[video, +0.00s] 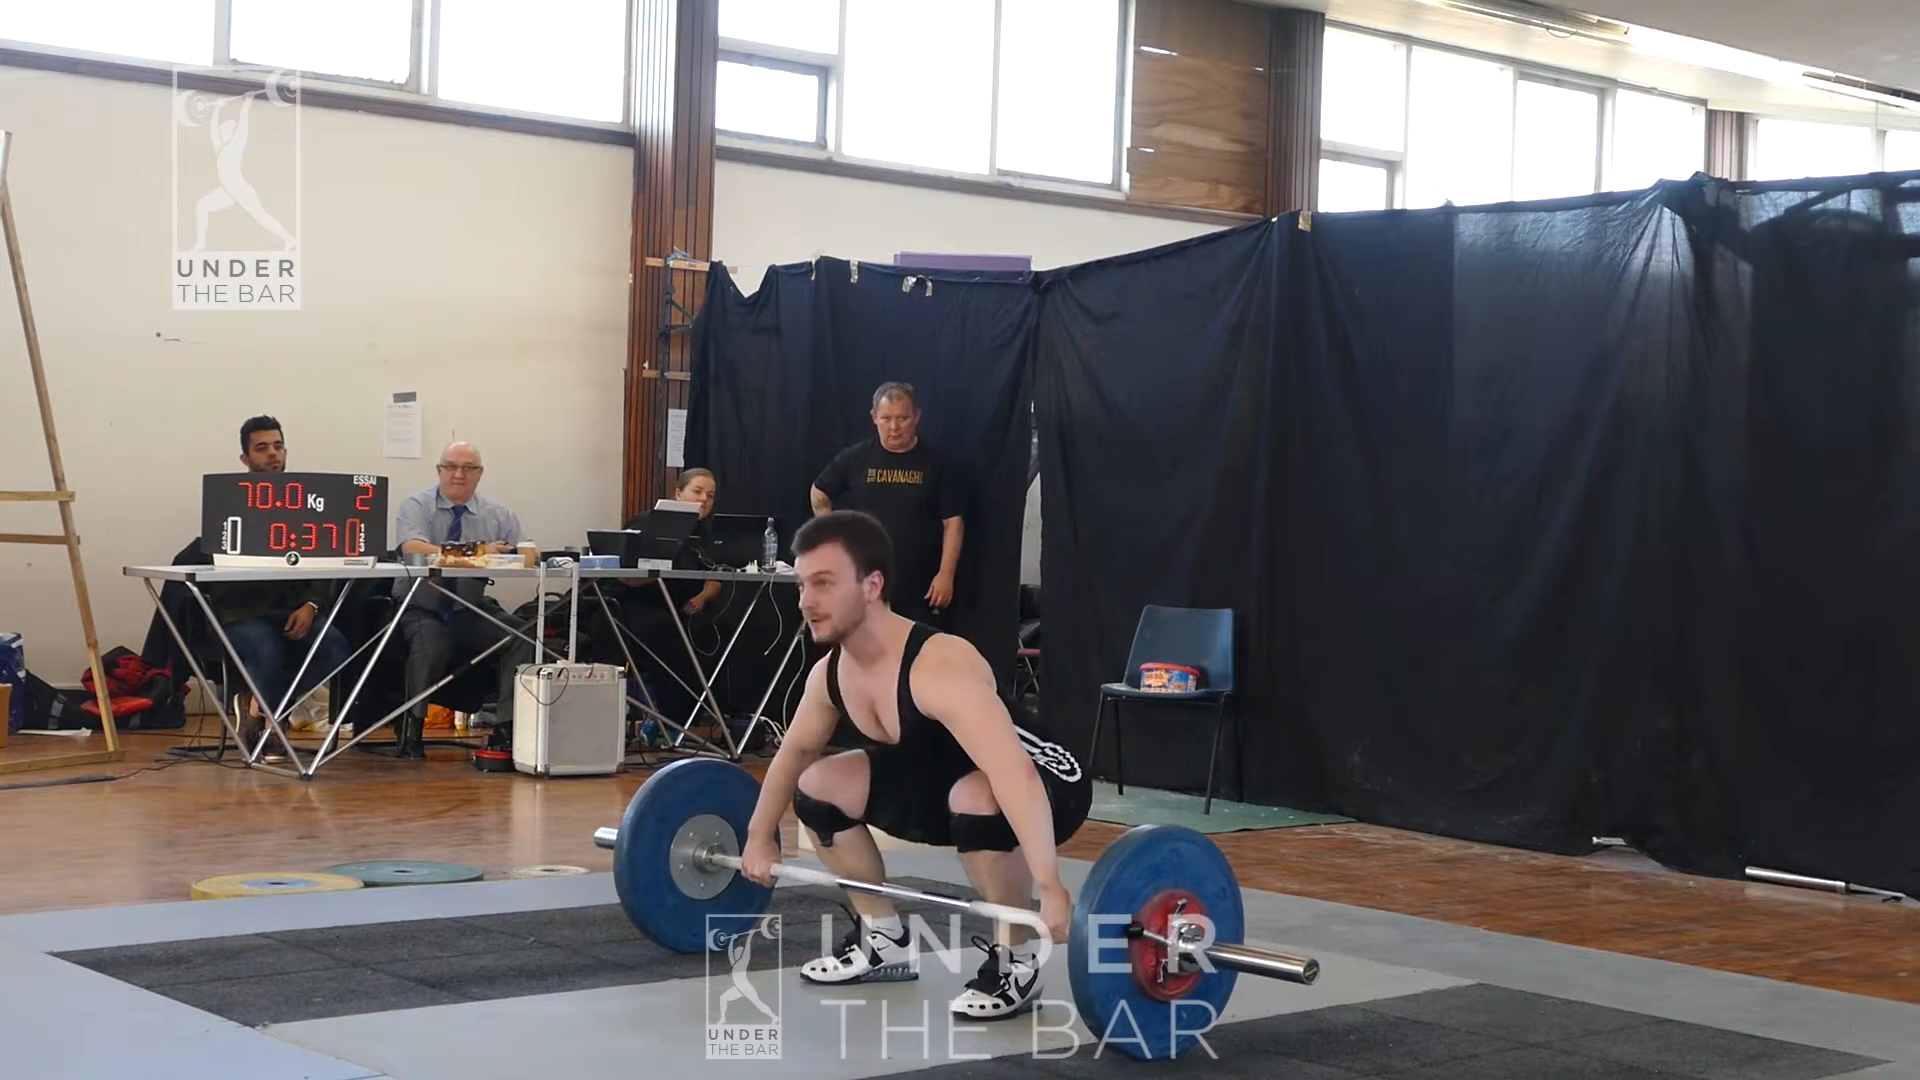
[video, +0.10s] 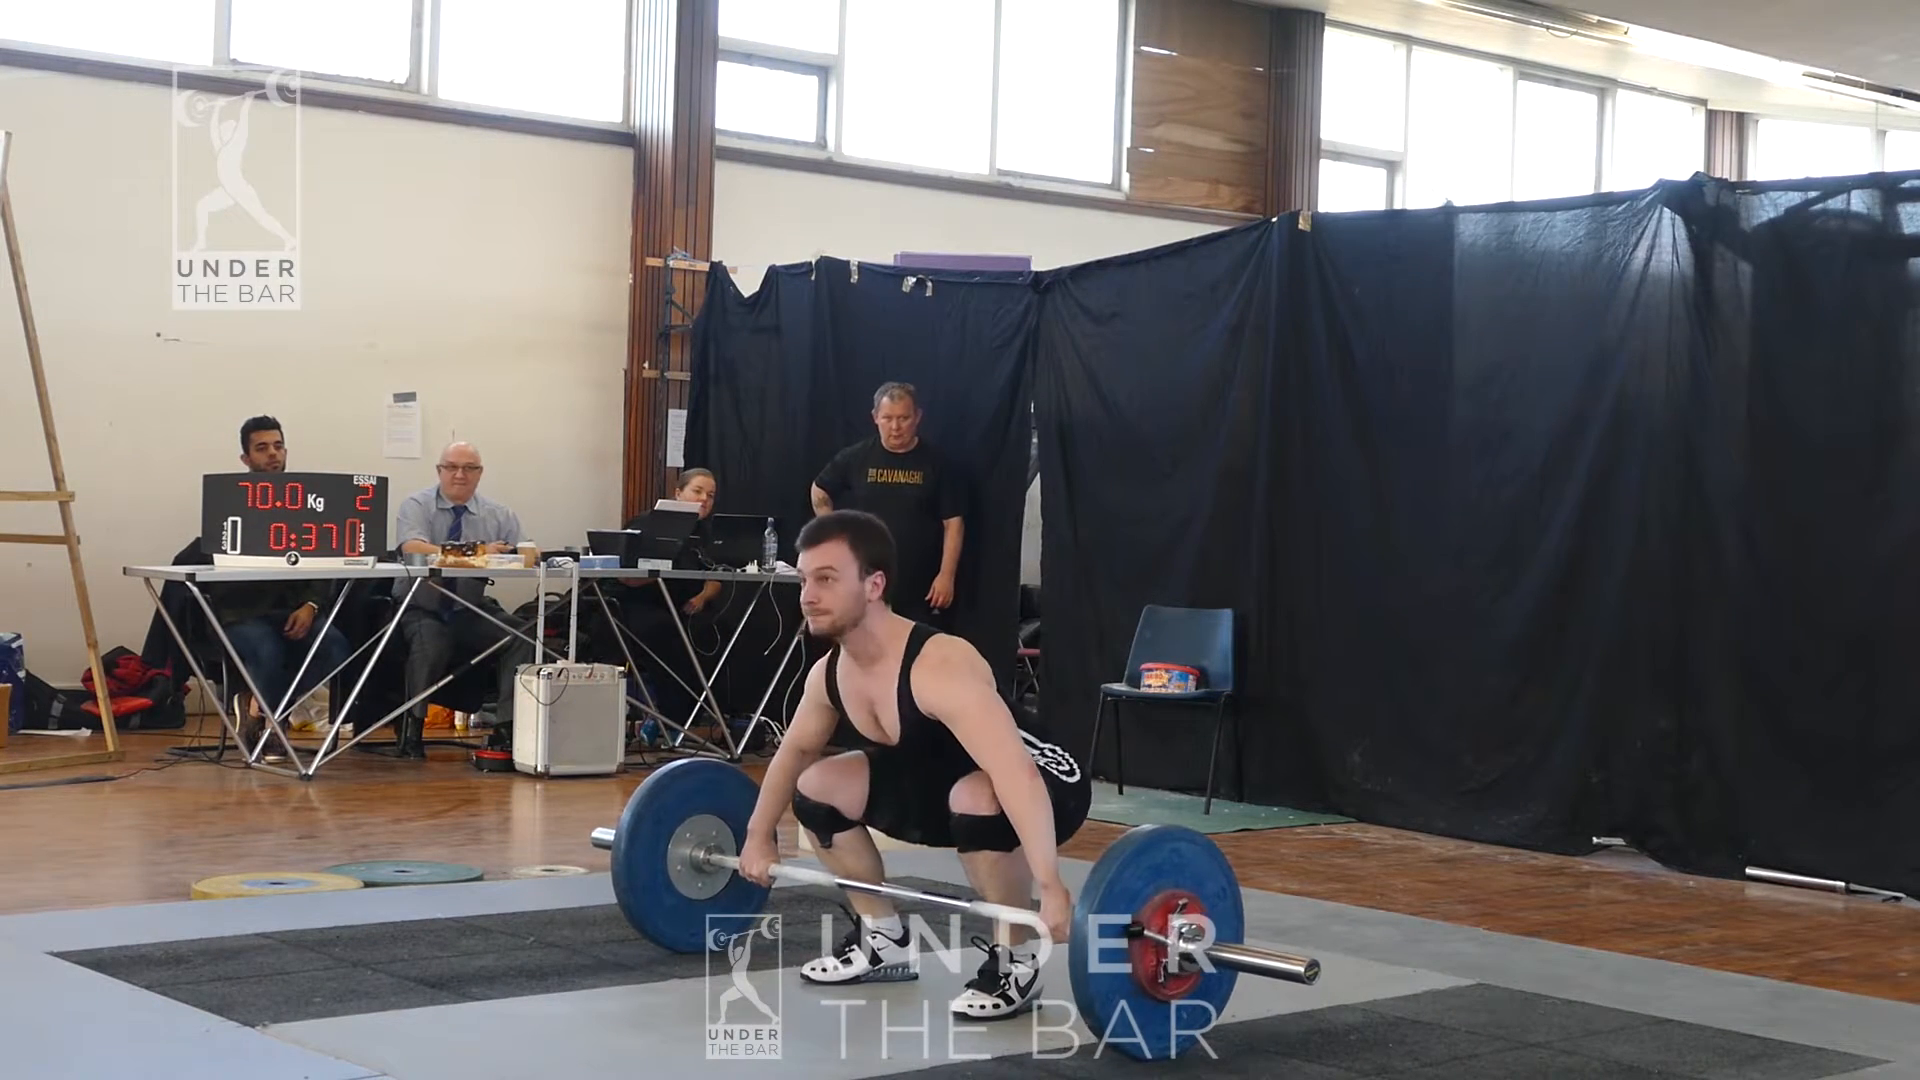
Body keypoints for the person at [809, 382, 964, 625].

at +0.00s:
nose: (894, 427)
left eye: (902, 418)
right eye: (886, 418)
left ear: (916, 417)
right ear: (874, 418)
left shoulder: (936, 463)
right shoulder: (855, 458)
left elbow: (954, 522)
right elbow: (819, 493)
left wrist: (946, 575)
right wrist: (836, 545)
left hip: (918, 582)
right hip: (862, 581)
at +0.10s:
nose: (895, 427)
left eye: (903, 418)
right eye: (888, 418)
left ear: (917, 417)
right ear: (875, 417)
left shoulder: (937, 463)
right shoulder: (855, 457)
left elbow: (954, 524)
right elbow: (819, 492)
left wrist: (946, 576)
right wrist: (837, 543)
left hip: (918, 581)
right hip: (862, 580)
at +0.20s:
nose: (896, 426)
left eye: (904, 418)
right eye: (888, 418)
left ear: (918, 417)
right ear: (876, 417)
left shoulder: (938, 463)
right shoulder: (858, 456)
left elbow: (954, 524)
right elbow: (817, 488)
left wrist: (947, 577)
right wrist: (834, 538)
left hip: (918, 581)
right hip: (862, 578)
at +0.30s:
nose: (897, 426)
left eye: (905, 418)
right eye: (889, 418)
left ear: (919, 417)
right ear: (877, 417)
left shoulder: (939, 464)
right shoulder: (859, 456)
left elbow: (955, 524)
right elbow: (816, 485)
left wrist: (948, 577)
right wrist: (831, 534)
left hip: (917, 581)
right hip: (862, 578)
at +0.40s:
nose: (898, 426)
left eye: (907, 418)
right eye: (890, 417)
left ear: (920, 417)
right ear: (878, 416)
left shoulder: (939, 464)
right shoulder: (860, 455)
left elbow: (955, 524)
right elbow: (817, 483)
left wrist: (948, 577)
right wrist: (828, 538)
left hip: (919, 581)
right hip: (862, 579)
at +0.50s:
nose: (899, 425)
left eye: (908, 417)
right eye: (892, 417)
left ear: (922, 418)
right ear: (879, 416)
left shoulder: (941, 464)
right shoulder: (854, 460)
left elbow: (955, 524)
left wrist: (948, 579)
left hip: (924, 579)